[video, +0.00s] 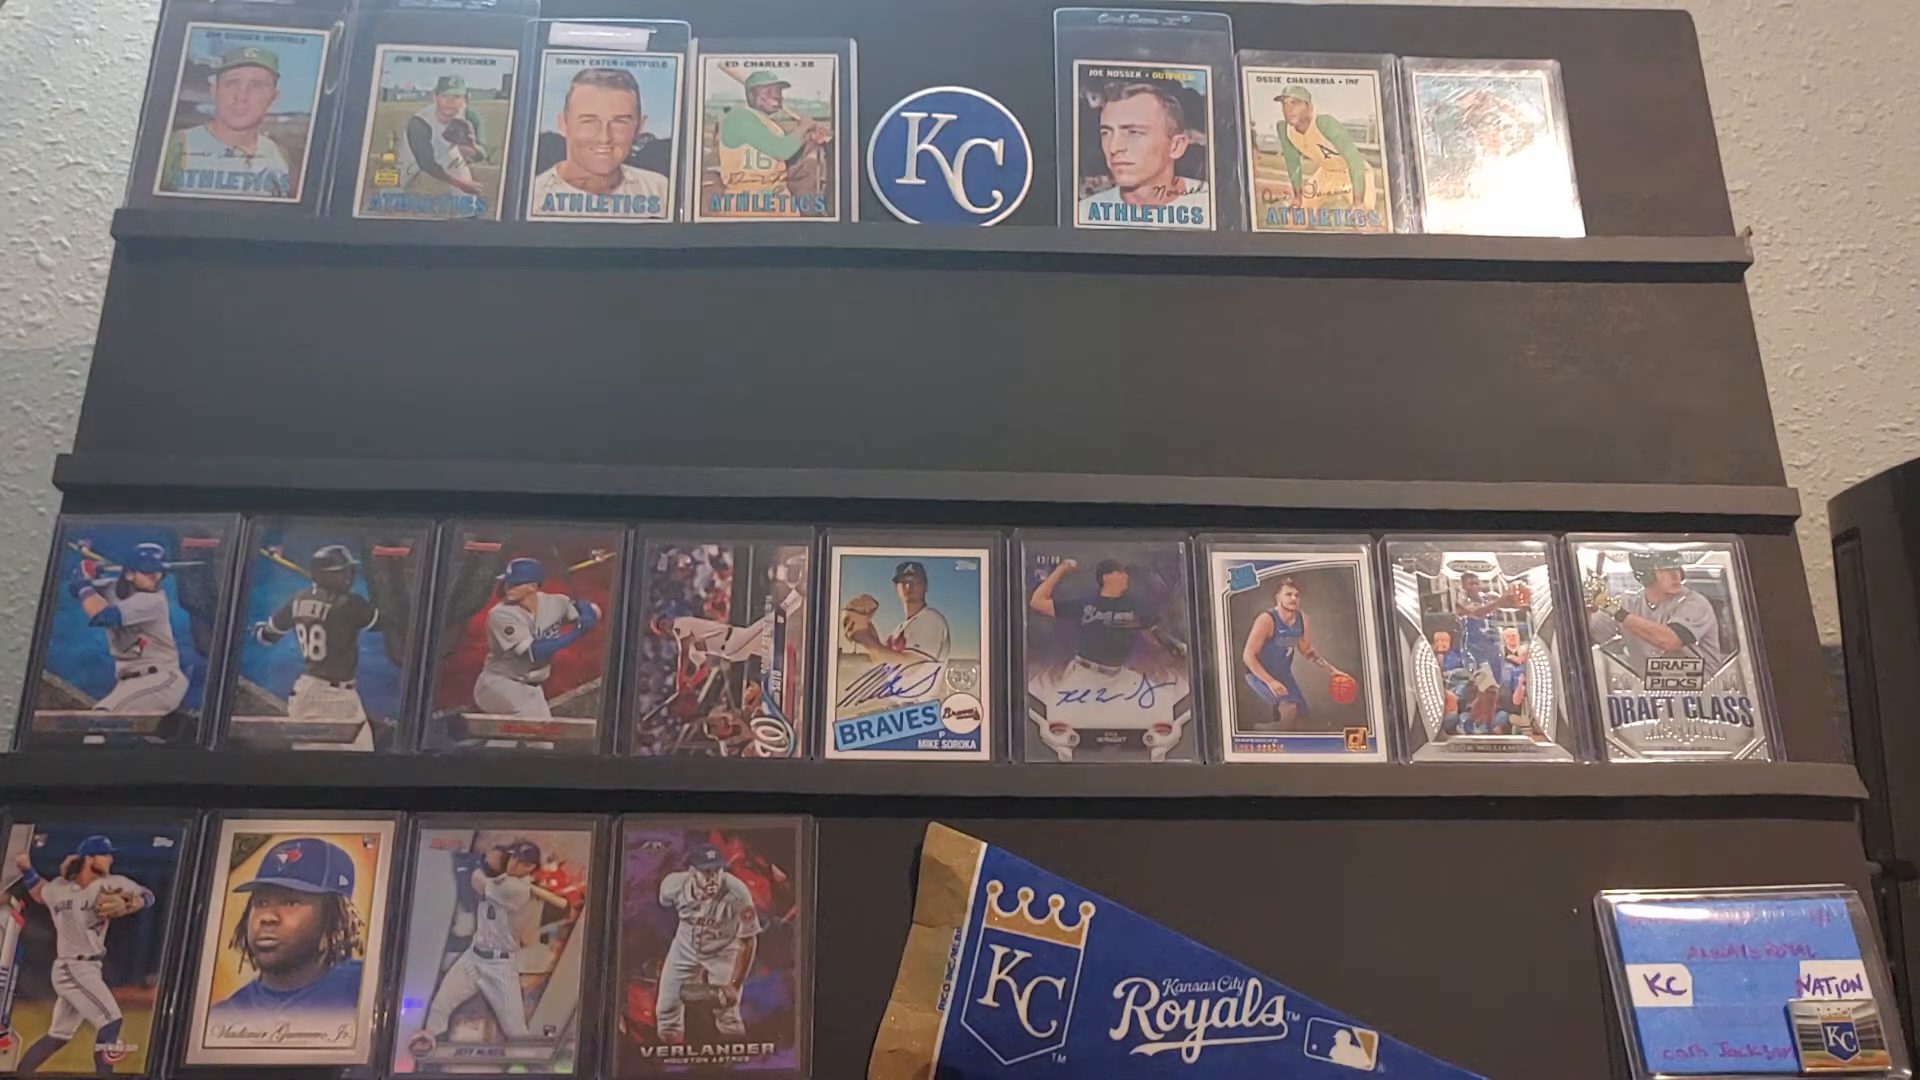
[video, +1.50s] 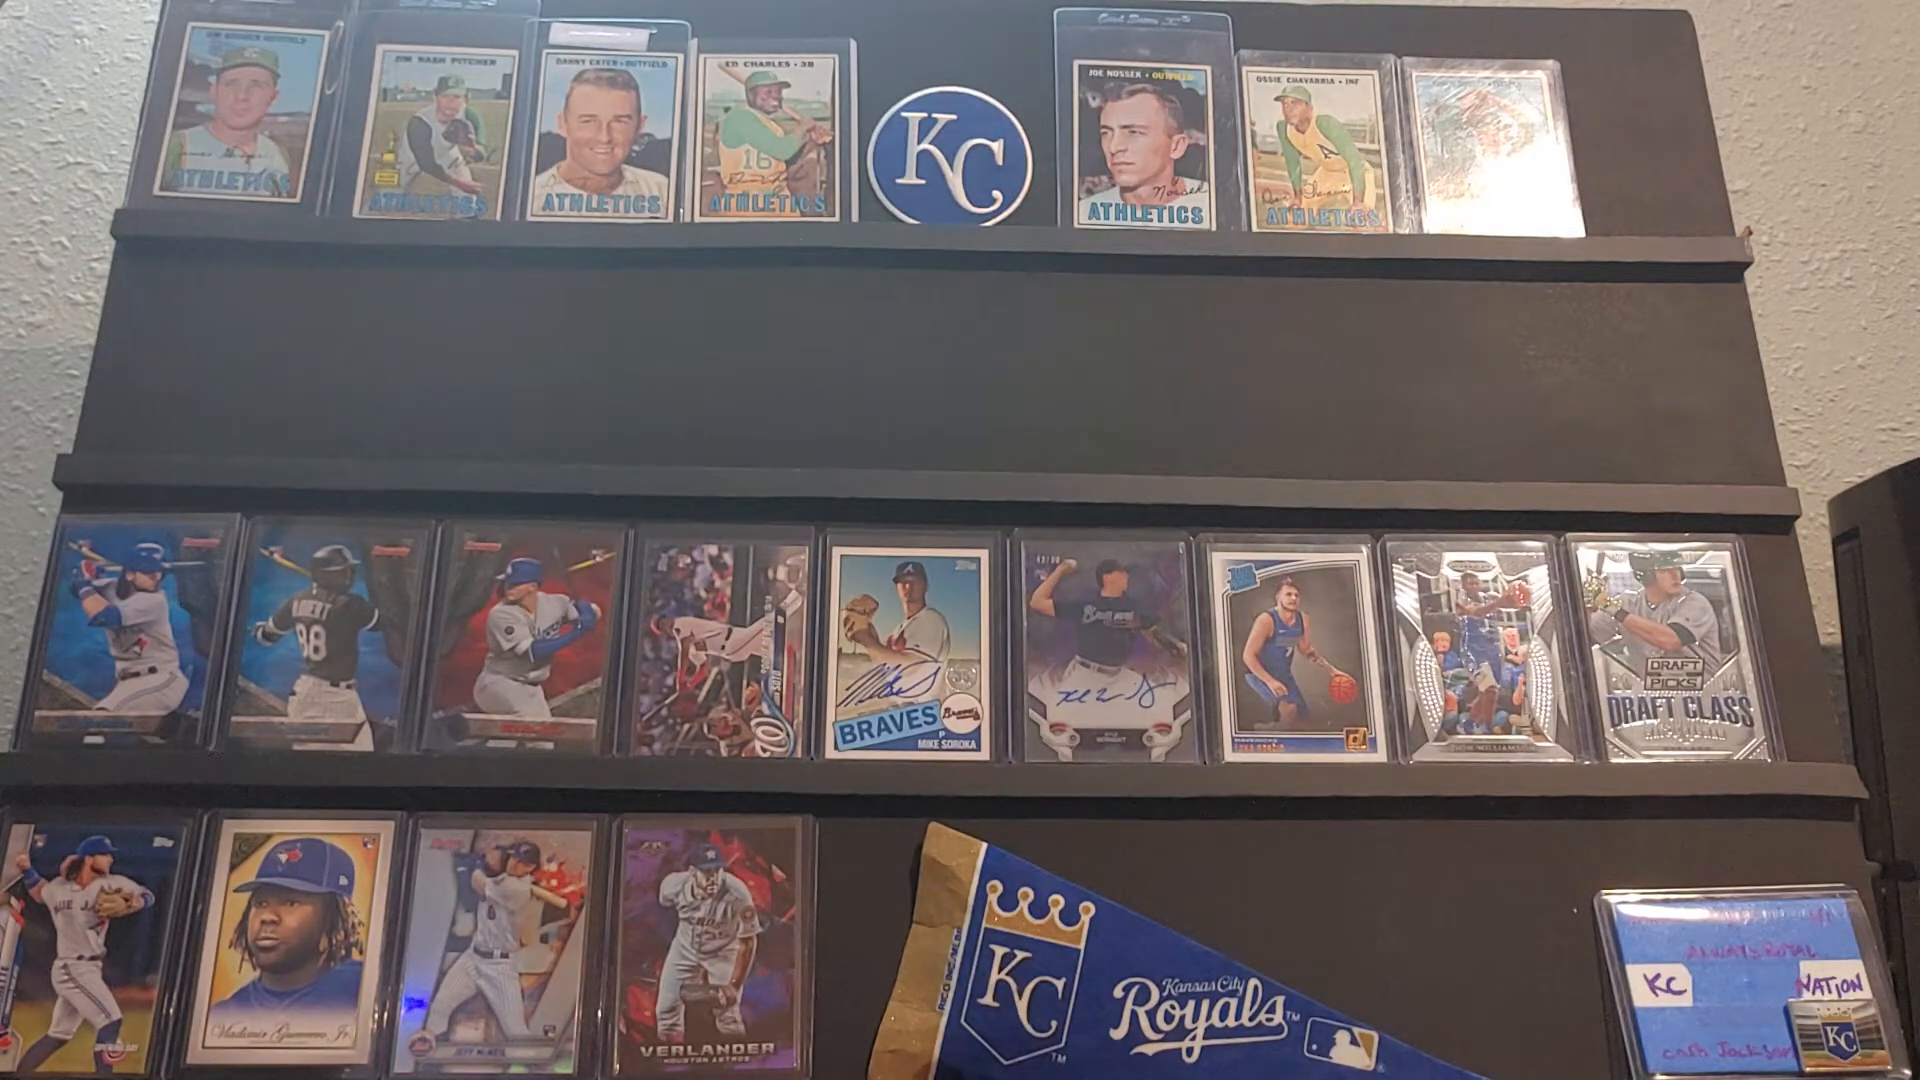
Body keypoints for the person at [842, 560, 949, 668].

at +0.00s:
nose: (907, 587)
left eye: (913, 582)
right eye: (902, 582)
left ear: (925, 586)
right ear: (896, 588)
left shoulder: (930, 619)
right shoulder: (901, 627)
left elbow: (911, 660)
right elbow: (880, 659)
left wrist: (865, 639)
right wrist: (865, 623)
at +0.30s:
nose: (907, 588)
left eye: (913, 582)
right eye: (902, 582)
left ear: (925, 586)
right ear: (896, 587)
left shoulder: (930, 619)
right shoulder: (901, 627)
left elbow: (911, 660)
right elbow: (879, 656)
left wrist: (865, 640)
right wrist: (864, 621)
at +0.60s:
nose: (907, 588)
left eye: (913, 582)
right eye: (902, 582)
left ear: (925, 586)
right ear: (896, 587)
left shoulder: (930, 619)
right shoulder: (901, 627)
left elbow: (910, 660)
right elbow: (879, 657)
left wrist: (864, 639)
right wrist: (863, 621)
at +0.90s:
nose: (907, 587)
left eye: (913, 582)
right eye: (902, 582)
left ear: (924, 586)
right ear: (896, 587)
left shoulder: (930, 619)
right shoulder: (901, 627)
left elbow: (910, 660)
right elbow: (880, 657)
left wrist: (865, 640)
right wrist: (862, 621)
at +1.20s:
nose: (907, 588)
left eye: (913, 582)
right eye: (902, 583)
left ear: (924, 586)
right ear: (896, 587)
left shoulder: (930, 619)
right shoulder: (901, 627)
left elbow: (911, 659)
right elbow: (880, 658)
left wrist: (865, 640)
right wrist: (863, 621)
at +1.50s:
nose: (907, 587)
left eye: (913, 582)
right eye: (902, 582)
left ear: (925, 586)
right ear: (896, 587)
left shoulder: (931, 619)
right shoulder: (901, 627)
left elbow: (910, 660)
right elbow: (881, 660)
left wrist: (865, 639)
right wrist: (864, 623)